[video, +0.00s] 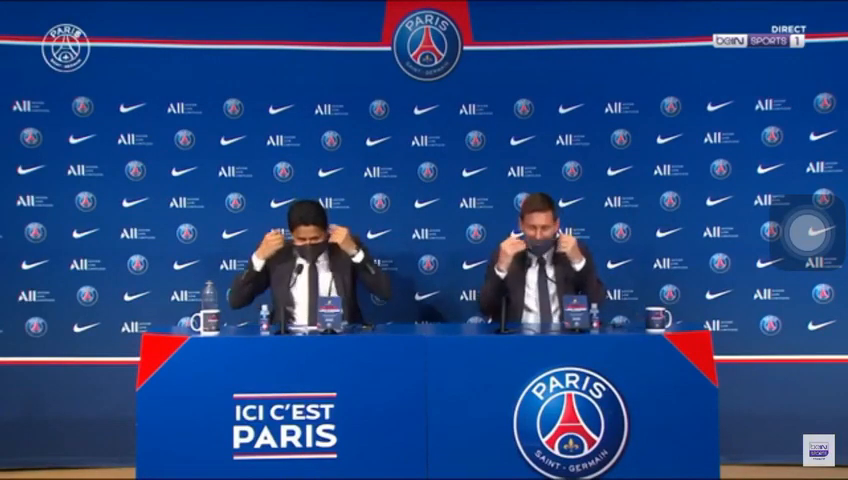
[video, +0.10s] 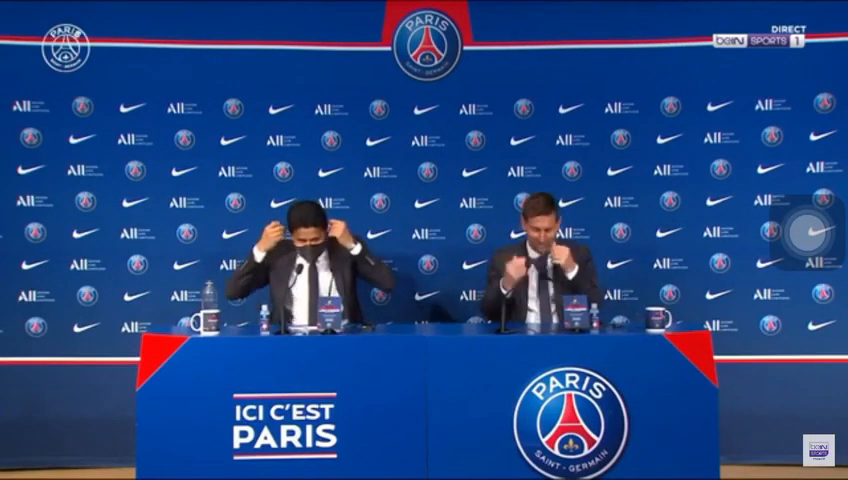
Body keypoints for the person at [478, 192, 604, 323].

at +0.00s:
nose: (538, 236)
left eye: (545, 228)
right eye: (532, 228)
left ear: (556, 225)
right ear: (522, 225)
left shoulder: (574, 252)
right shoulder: (507, 254)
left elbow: (598, 301)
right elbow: (487, 309)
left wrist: (578, 261)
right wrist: (502, 267)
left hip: (566, 341)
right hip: (518, 342)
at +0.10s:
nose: (542, 237)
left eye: (548, 230)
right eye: (535, 230)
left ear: (558, 224)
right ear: (524, 224)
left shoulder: (578, 254)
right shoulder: (504, 257)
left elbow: (595, 301)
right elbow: (488, 311)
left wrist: (571, 269)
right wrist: (507, 283)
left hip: (567, 339)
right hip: (520, 340)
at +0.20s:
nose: (545, 238)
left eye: (551, 231)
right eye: (538, 231)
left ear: (560, 224)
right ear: (525, 223)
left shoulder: (578, 253)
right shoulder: (504, 257)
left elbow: (595, 299)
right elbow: (491, 311)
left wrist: (568, 273)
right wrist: (511, 297)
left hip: (567, 339)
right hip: (520, 341)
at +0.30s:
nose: (546, 239)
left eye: (553, 231)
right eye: (540, 231)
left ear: (562, 224)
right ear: (527, 222)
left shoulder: (579, 254)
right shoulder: (504, 257)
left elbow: (595, 298)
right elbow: (491, 309)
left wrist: (565, 276)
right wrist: (512, 304)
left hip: (567, 338)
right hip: (520, 340)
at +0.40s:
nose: (547, 239)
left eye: (554, 232)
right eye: (541, 231)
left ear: (563, 224)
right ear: (528, 222)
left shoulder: (578, 254)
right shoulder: (504, 258)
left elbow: (594, 297)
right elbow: (490, 308)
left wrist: (565, 277)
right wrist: (511, 306)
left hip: (568, 340)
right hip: (520, 341)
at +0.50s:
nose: (548, 240)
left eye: (555, 234)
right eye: (543, 232)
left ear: (564, 226)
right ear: (530, 223)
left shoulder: (579, 254)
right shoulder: (504, 258)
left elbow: (595, 297)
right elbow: (490, 307)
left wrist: (567, 278)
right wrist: (511, 307)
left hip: (568, 340)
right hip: (520, 341)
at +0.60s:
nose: (549, 241)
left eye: (556, 234)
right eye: (543, 233)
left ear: (564, 227)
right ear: (530, 223)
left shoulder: (579, 254)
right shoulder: (504, 258)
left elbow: (596, 297)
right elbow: (490, 307)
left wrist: (569, 279)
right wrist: (511, 308)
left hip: (568, 340)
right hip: (520, 341)